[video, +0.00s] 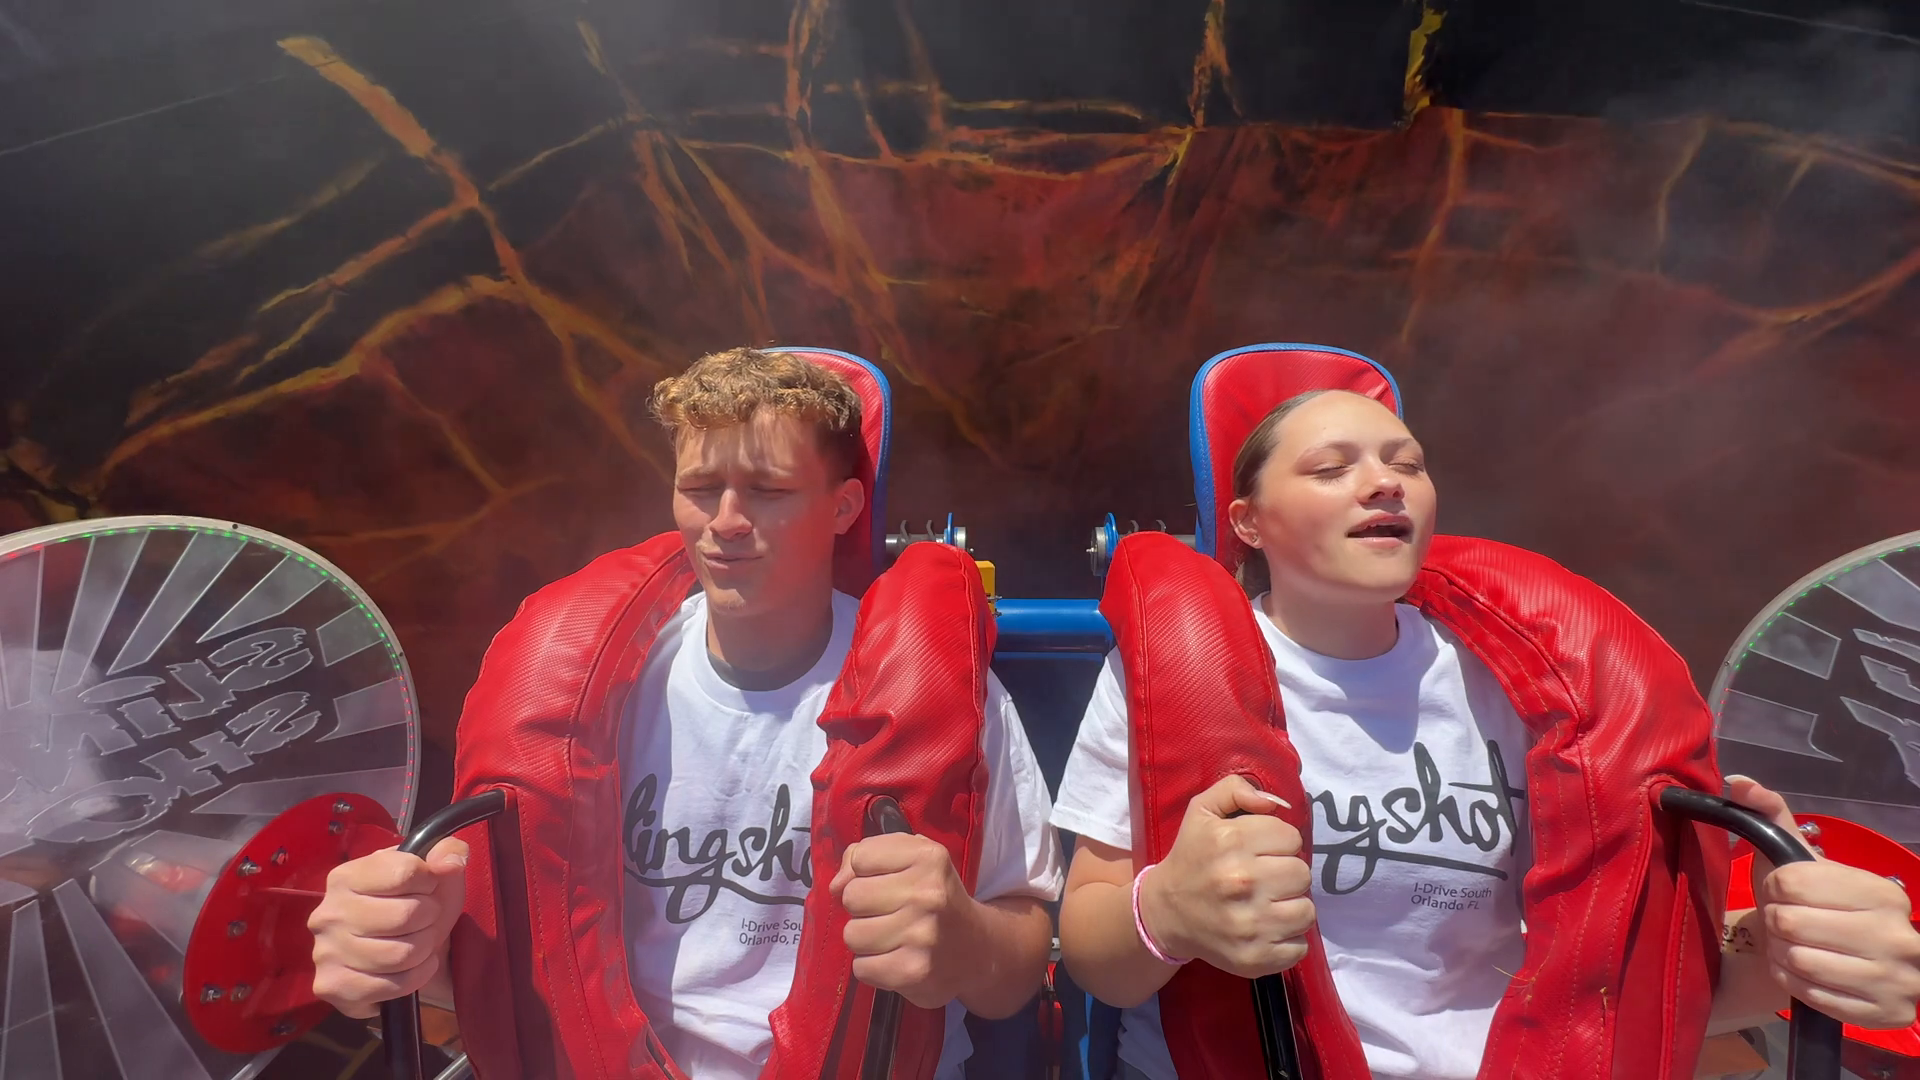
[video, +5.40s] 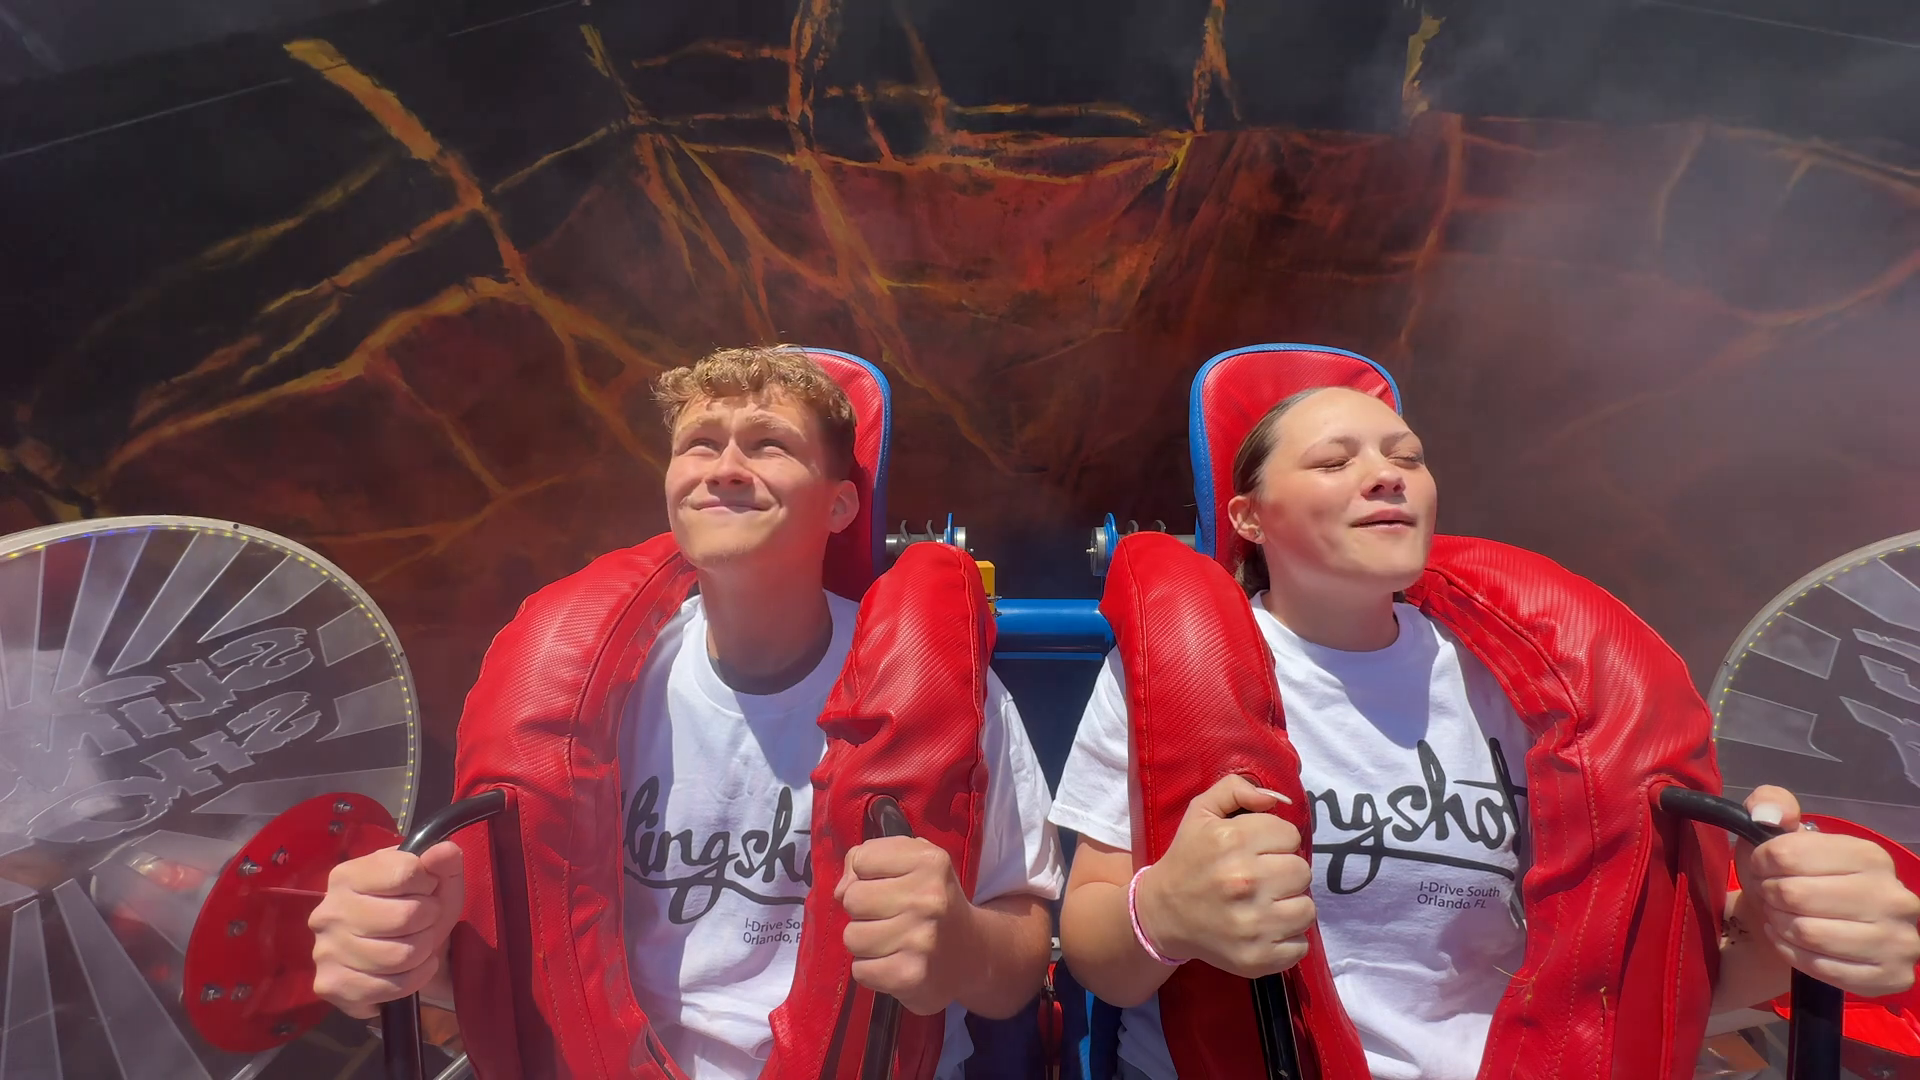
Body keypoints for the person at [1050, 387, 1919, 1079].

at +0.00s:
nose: (1383, 481)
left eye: (1401, 458)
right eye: (1330, 464)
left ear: (1432, 493)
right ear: (1245, 521)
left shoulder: (1529, 666)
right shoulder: (1175, 668)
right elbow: (1088, 953)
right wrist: (1162, 912)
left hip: (1507, 1067)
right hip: (1288, 1064)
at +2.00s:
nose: (1384, 481)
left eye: (1401, 457)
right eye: (1330, 468)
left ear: (1434, 488)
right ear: (1246, 523)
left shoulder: (1520, 664)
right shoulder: (1175, 664)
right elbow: (1089, 954)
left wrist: (1717, 857)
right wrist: (1162, 911)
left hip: (1508, 1065)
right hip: (1294, 1065)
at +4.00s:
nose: (1379, 468)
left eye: (1395, 445)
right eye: (1325, 455)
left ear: (1431, 480)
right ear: (1244, 518)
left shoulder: (1530, 662)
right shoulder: (1173, 663)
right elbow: (1088, 953)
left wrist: (1767, 904)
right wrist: (1158, 914)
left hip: (1506, 1067)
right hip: (1281, 1066)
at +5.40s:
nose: (1386, 475)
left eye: (1402, 451)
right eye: (1332, 458)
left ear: (1432, 486)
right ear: (1244, 515)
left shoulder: (1530, 667)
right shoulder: (1173, 662)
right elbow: (1089, 953)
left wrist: (1766, 914)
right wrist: (1158, 914)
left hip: (1503, 1066)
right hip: (1283, 1063)